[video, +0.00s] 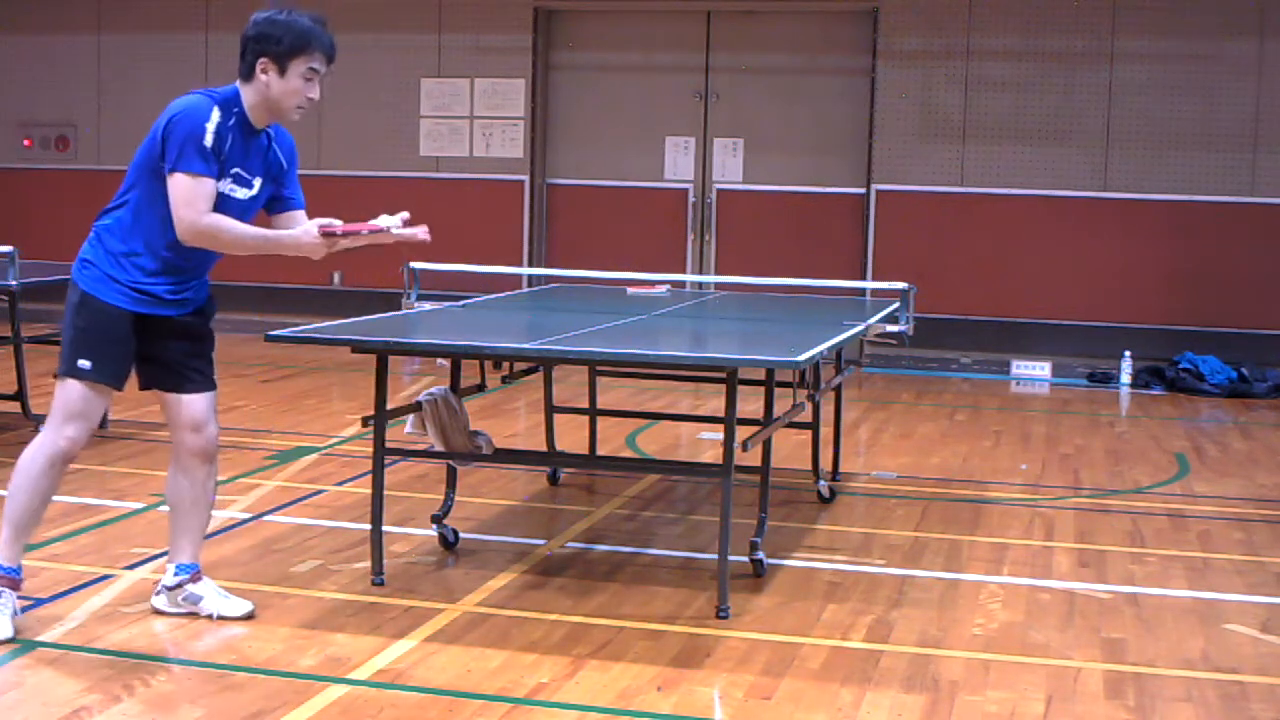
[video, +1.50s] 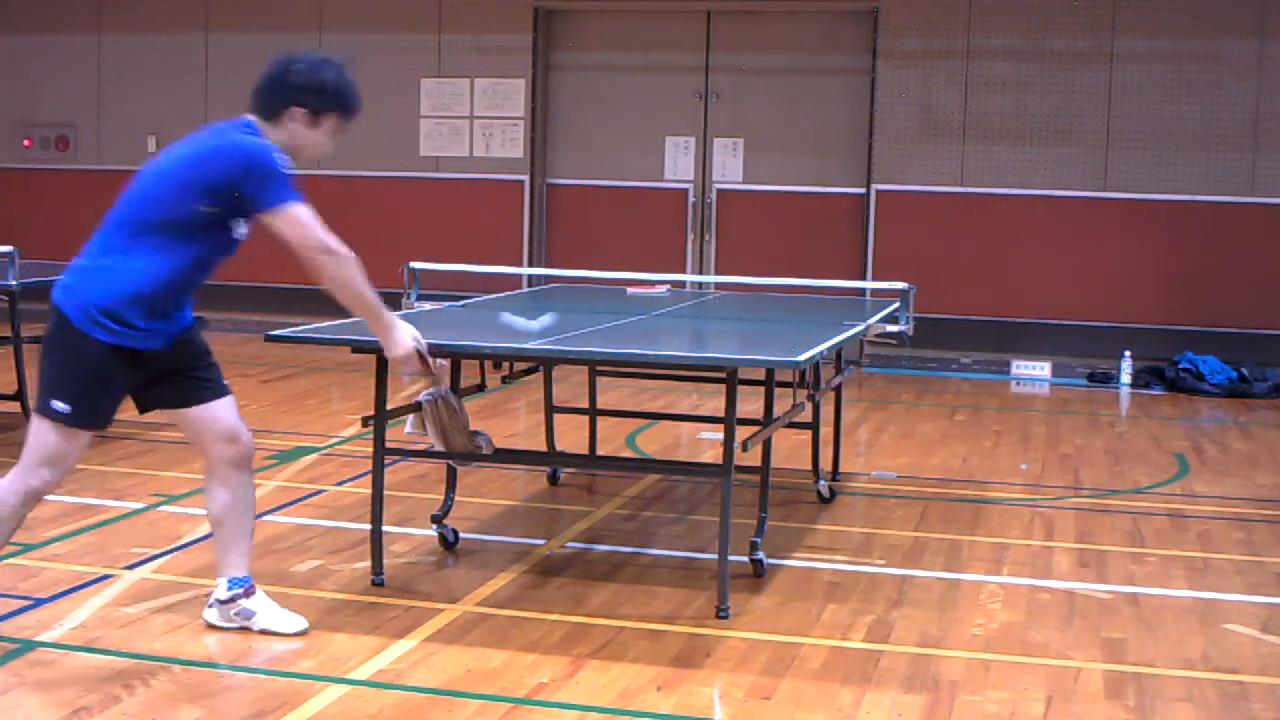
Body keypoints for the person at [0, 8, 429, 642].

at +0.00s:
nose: (316, 93)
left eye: (320, 80)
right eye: (308, 77)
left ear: (286, 76)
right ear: (264, 68)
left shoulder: (279, 147)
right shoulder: (196, 117)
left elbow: (294, 239)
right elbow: (192, 226)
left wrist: (372, 233)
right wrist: (286, 241)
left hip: (183, 297)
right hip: (111, 286)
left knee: (199, 438)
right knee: (67, 433)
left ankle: (181, 580)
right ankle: (4, 576)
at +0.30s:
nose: (307, 91)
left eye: (309, 77)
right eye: (296, 75)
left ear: (268, 79)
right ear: (251, 75)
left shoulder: (276, 148)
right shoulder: (184, 122)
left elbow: (301, 239)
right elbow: (198, 233)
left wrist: (374, 242)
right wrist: (296, 239)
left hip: (174, 297)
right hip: (101, 287)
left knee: (192, 435)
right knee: (47, 433)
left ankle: (181, 580)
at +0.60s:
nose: (265, 78)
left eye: (265, 64)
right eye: (253, 63)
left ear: (221, 72)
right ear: (208, 70)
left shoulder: (246, 133)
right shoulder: (150, 126)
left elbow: (315, 189)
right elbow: (178, 231)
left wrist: (388, 173)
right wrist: (270, 201)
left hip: (152, 304)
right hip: (80, 297)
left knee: (190, 434)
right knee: (35, 448)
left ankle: (180, 578)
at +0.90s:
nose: (208, 50)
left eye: (204, 38)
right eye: (192, 38)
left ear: (172, 56)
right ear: (149, 55)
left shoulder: (205, 116)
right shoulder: (99, 119)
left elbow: (300, 140)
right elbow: (73, 217)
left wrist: (383, 156)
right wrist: (178, 235)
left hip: (133, 305)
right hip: (56, 305)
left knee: (180, 439)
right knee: (19, 462)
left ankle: (181, 578)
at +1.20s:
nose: (212, 85)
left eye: (211, 70)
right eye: (197, 70)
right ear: (151, 80)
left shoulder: (204, 154)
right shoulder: (98, 126)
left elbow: (251, 225)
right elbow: (29, 181)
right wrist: (28, 125)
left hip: (128, 322)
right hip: (49, 320)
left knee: (201, 440)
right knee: (27, 475)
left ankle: (186, 571)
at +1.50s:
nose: (331, 143)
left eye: (335, 131)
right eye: (329, 129)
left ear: (290, 113)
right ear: (298, 115)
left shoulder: (241, 145)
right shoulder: (250, 154)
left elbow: (320, 246)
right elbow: (320, 250)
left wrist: (385, 324)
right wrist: (388, 328)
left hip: (165, 323)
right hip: (95, 319)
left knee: (231, 448)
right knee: (37, 473)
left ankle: (233, 592)